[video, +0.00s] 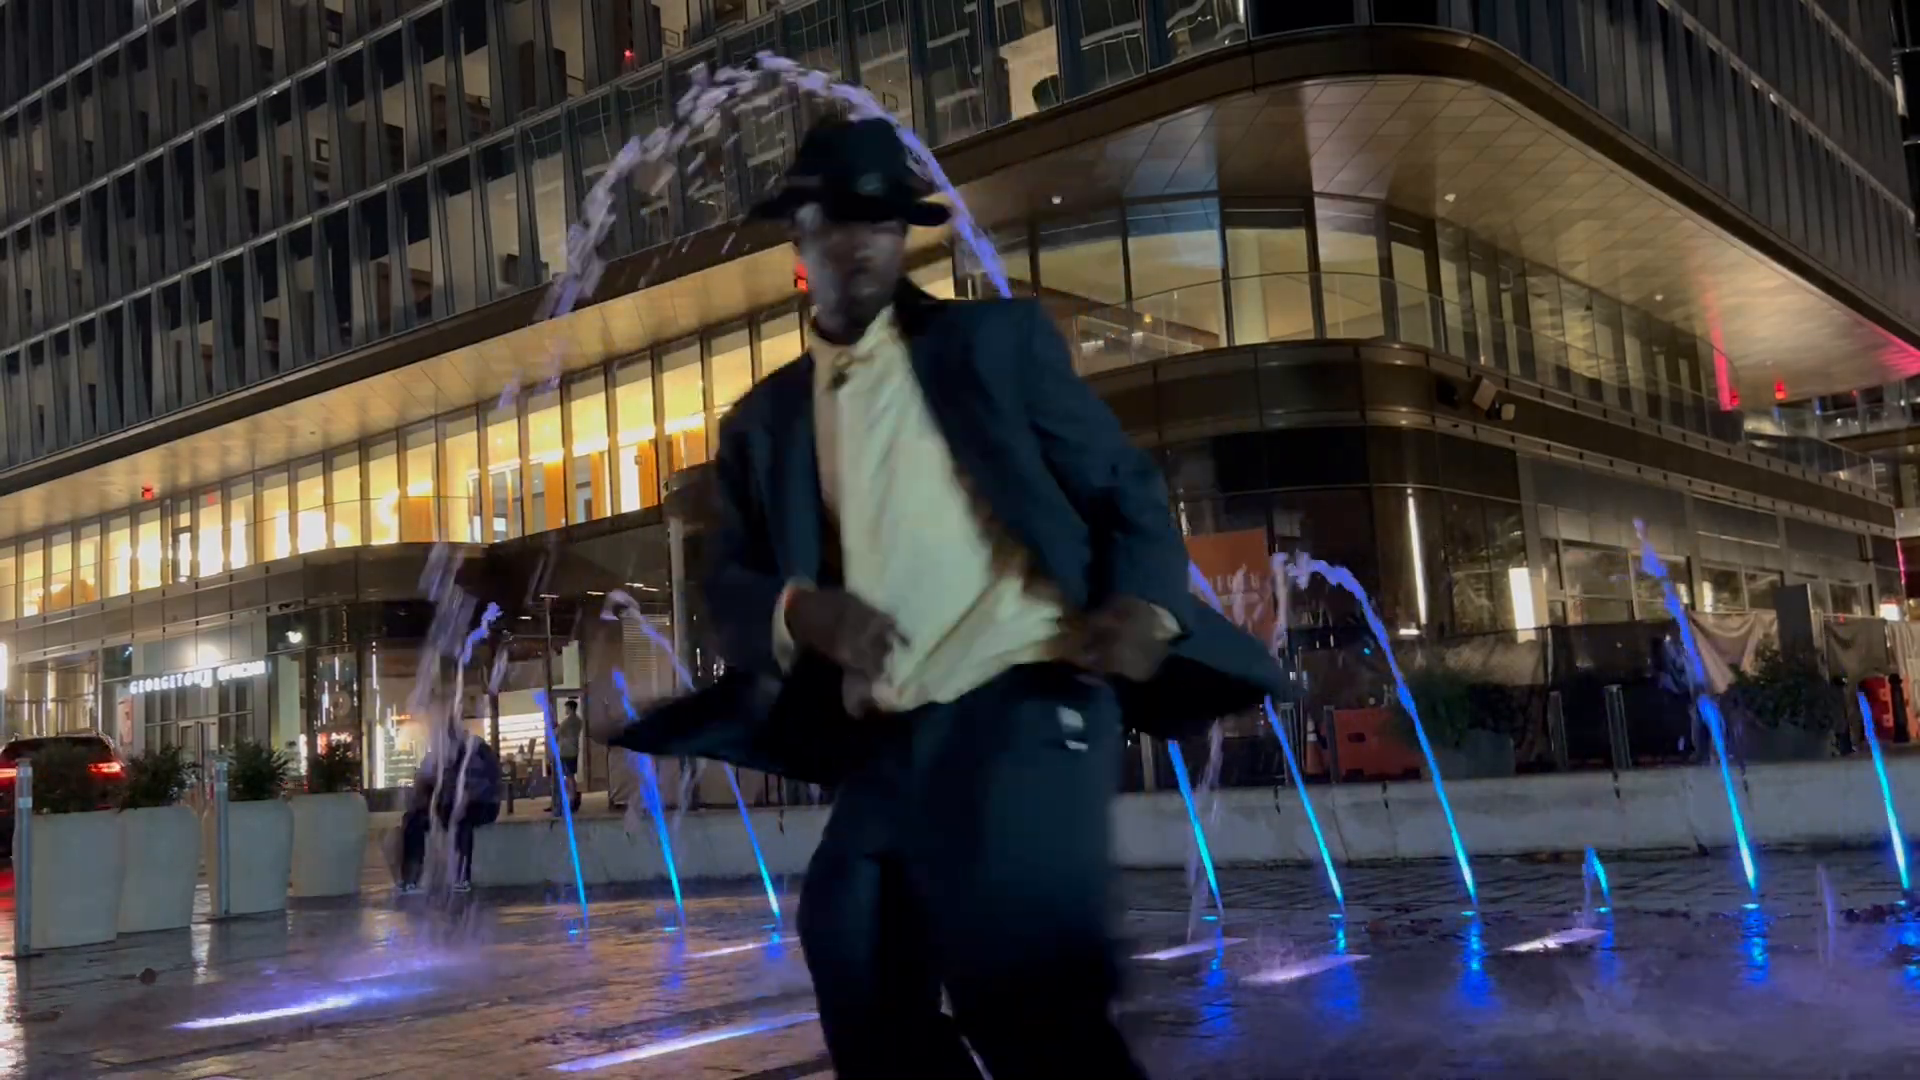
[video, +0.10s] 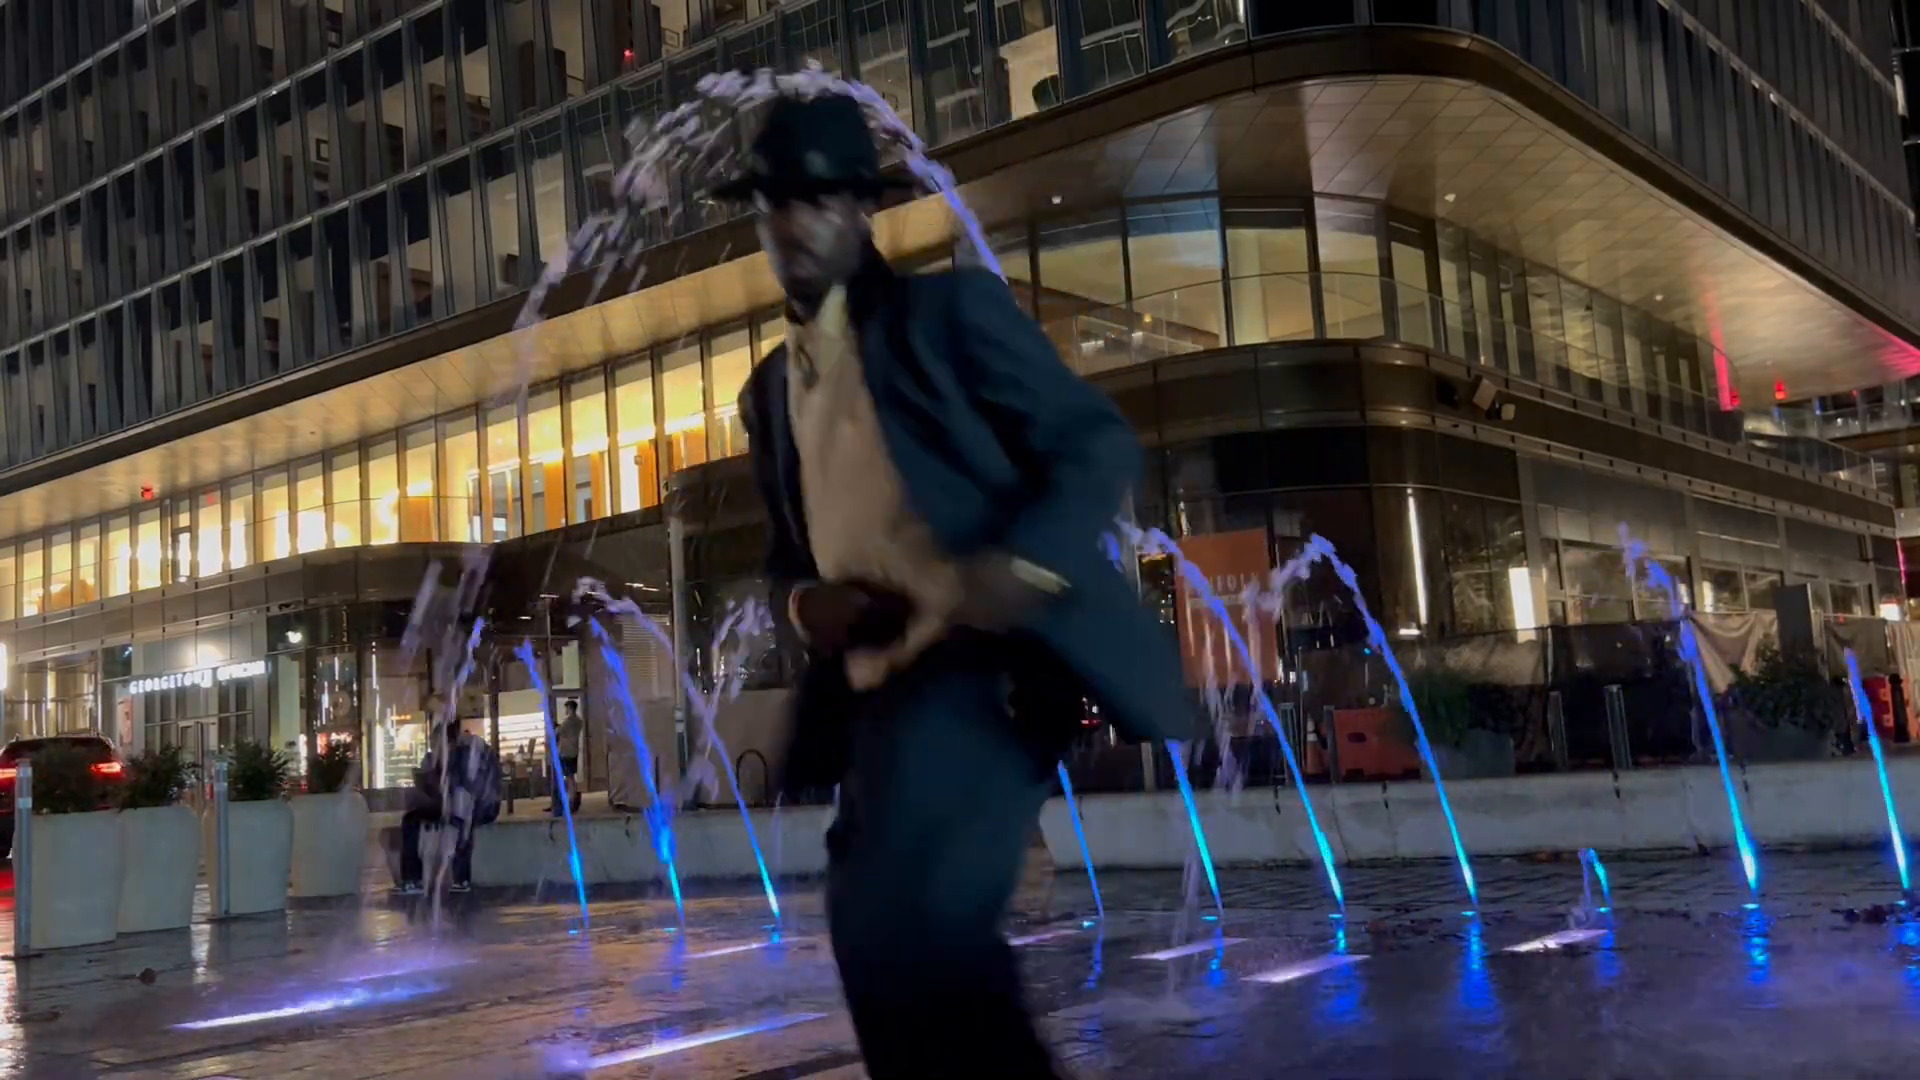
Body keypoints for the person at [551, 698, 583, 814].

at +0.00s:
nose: (565, 710)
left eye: (566, 708)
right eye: (566, 708)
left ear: (569, 709)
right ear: (575, 708)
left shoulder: (567, 721)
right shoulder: (578, 721)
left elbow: (558, 732)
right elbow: (573, 732)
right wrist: (559, 729)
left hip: (565, 752)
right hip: (574, 751)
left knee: (568, 777)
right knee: (571, 777)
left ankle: (571, 799)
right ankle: (574, 797)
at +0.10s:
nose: (565, 710)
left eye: (566, 708)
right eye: (566, 708)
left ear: (569, 708)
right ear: (575, 708)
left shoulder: (567, 721)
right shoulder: (579, 721)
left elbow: (559, 731)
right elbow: (573, 732)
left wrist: (554, 730)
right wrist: (560, 728)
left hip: (565, 752)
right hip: (574, 751)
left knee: (568, 778)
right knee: (571, 777)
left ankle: (571, 801)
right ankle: (573, 799)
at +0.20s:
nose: (565, 710)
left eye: (566, 708)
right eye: (566, 708)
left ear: (569, 708)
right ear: (575, 708)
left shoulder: (567, 721)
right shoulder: (579, 721)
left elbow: (559, 732)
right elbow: (573, 732)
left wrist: (554, 729)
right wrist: (560, 728)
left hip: (566, 749)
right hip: (574, 749)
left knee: (566, 776)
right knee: (571, 776)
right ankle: (574, 799)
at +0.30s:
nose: (566, 710)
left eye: (567, 708)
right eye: (566, 708)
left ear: (570, 709)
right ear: (575, 708)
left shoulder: (568, 721)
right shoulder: (579, 721)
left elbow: (560, 732)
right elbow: (572, 732)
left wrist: (555, 730)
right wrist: (560, 728)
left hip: (567, 753)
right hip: (574, 752)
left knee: (567, 778)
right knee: (571, 777)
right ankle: (574, 798)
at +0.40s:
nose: (566, 710)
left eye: (567, 708)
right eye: (566, 708)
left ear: (570, 708)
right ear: (575, 708)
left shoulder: (568, 721)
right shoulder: (579, 721)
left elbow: (560, 732)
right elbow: (573, 733)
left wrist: (554, 729)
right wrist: (560, 729)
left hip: (566, 753)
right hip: (574, 752)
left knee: (568, 777)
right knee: (571, 777)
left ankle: (571, 798)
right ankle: (574, 796)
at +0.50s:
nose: (566, 710)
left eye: (567, 708)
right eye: (566, 708)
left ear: (570, 709)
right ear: (575, 708)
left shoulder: (568, 721)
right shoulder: (579, 721)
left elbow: (559, 732)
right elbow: (573, 733)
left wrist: (555, 729)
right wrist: (561, 728)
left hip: (566, 753)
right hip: (574, 752)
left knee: (567, 778)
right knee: (571, 777)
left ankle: (571, 798)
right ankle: (574, 796)